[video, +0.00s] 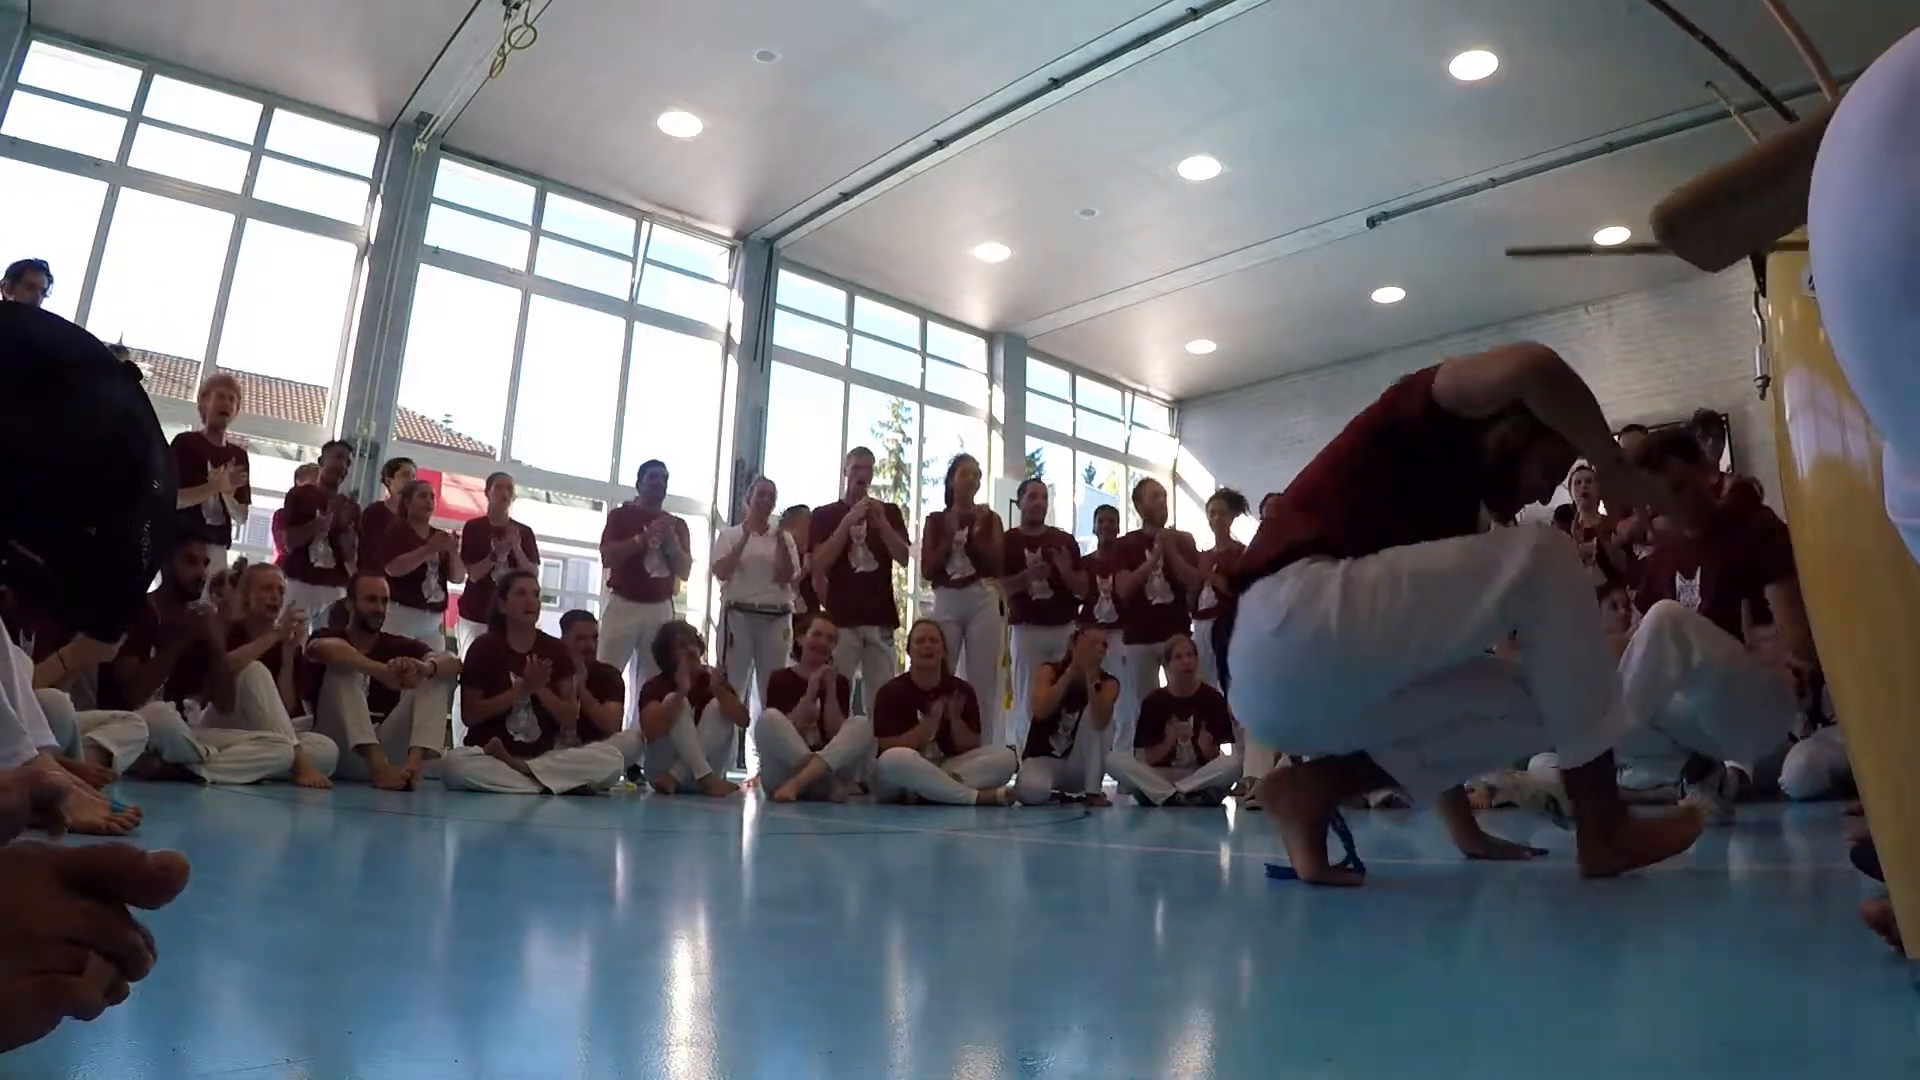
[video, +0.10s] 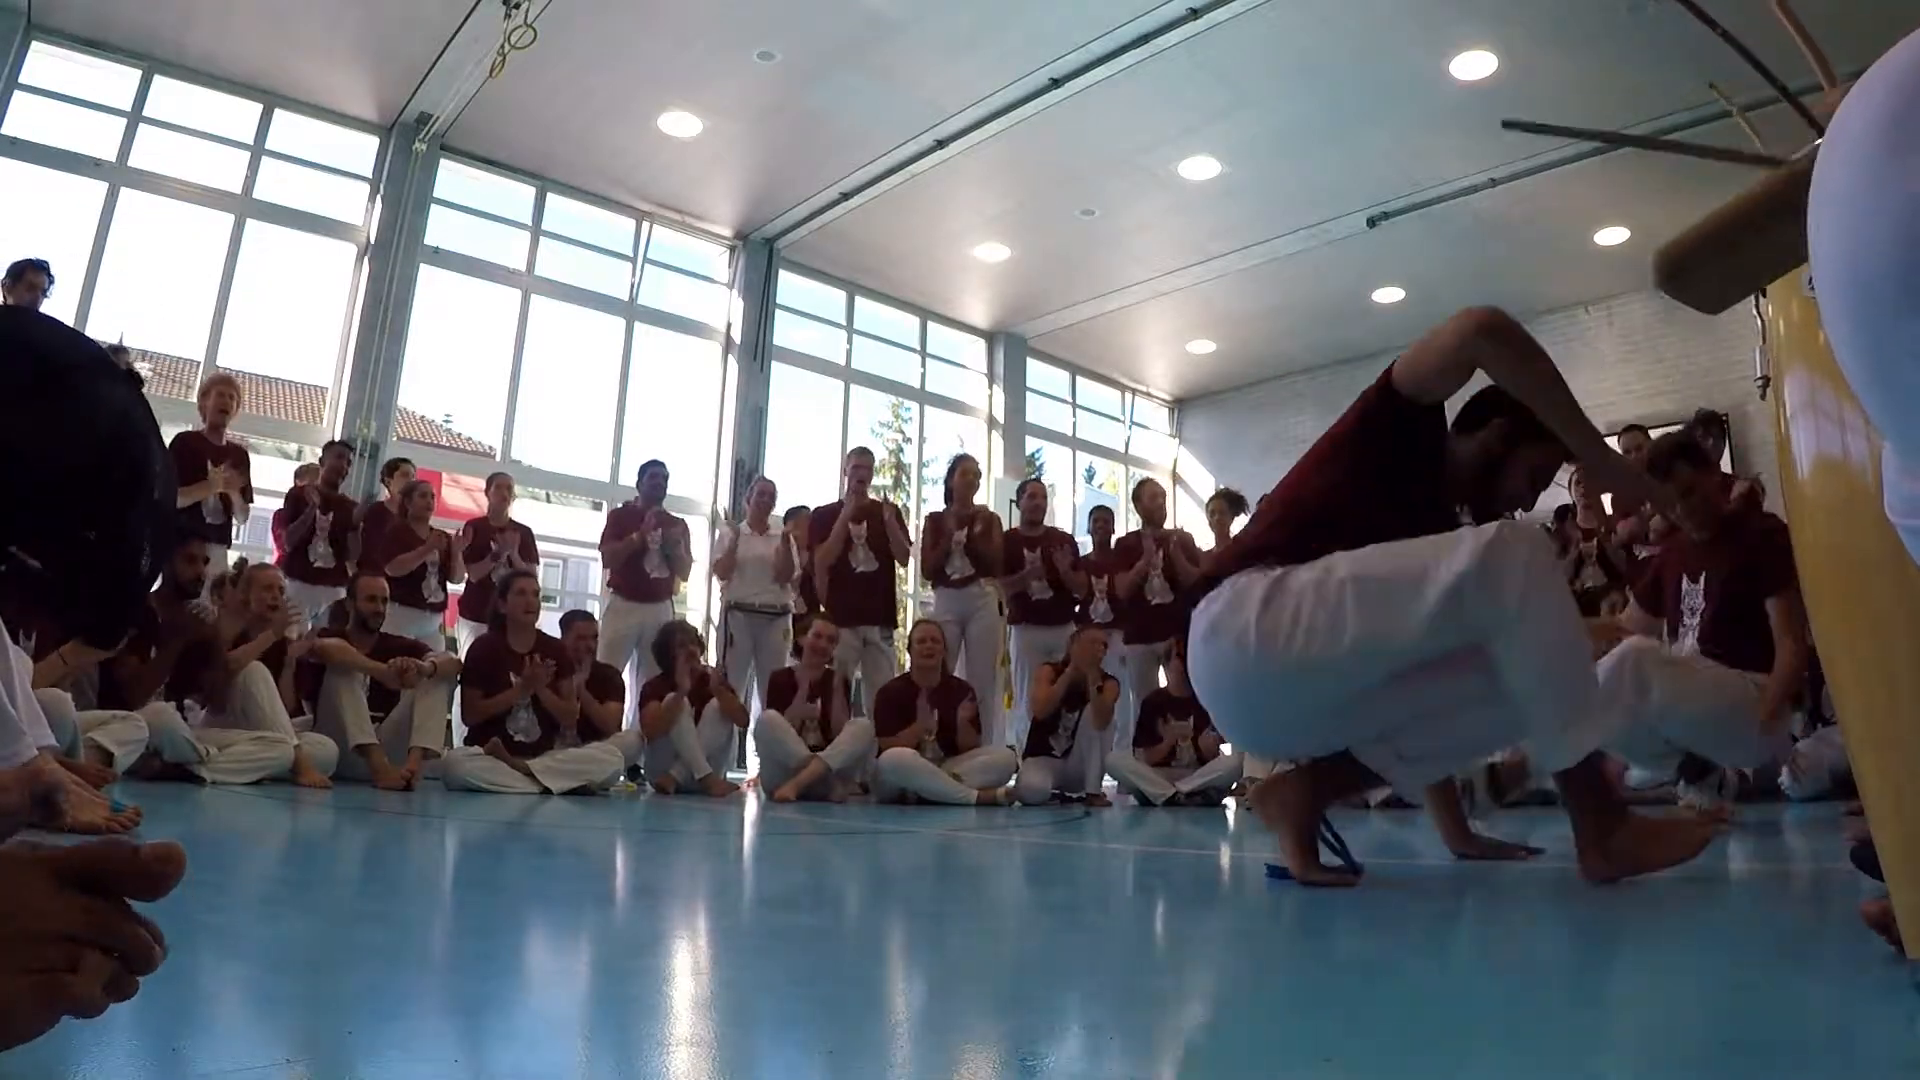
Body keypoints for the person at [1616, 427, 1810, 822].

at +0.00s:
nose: (1670, 507)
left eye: (1677, 489)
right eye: (1661, 497)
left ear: (1702, 478)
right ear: (1650, 501)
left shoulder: (1753, 526)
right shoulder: (1662, 555)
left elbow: (1795, 634)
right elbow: (1639, 635)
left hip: (1760, 711)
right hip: (1684, 711)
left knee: (1665, 619)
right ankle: (1695, 773)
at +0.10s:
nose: (1683, 510)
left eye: (1689, 493)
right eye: (1669, 504)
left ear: (1716, 479)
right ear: (1659, 508)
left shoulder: (1763, 534)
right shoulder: (1674, 553)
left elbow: (1790, 642)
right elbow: (1631, 626)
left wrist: (1772, 703)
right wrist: (1566, 635)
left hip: (1760, 707)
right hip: (1691, 702)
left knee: (1636, 659)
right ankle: (1698, 775)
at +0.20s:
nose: (1688, 513)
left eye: (1695, 497)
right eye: (1675, 506)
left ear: (1722, 481)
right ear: (1666, 508)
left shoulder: (1769, 538)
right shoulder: (1681, 552)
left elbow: (1787, 649)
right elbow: (1610, 602)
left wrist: (1766, 741)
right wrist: (1538, 579)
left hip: (1748, 703)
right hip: (1683, 691)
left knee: (1589, 697)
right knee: (1578, 695)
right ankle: (1695, 779)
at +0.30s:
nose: (1696, 524)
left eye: (1704, 509)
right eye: (1685, 512)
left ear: (1732, 491)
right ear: (1672, 507)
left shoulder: (1769, 541)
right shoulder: (1677, 546)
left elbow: (1786, 658)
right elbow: (1593, 554)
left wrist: (1753, 764)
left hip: (1747, 704)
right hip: (1689, 689)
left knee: (1595, 735)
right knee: (1578, 693)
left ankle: (1445, 791)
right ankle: (1697, 783)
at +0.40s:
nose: (1698, 524)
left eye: (1707, 509)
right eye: (1687, 513)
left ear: (1733, 495)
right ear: (1671, 509)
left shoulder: (1765, 550)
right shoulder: (1687, 551)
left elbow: (1767, 672)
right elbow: (1629, 569)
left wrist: (1744, 773)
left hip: (1738, 714)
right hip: (1690, 689)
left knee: (1597, 745)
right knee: (1573, 696)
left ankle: (1443, 801)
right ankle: (1694, 781)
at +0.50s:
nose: (1693, 524)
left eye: (1705, 507)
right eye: (1680, 511)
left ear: (1731, 492)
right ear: (1665, 507)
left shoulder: (1763, 550)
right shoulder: (1697, 546)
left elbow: (1755, 682)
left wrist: (1735, 801)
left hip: (1726, 717)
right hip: (1684, 685)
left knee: (1591, 756)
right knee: (1565, 699)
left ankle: (1439, 811)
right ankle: (1694, 783)